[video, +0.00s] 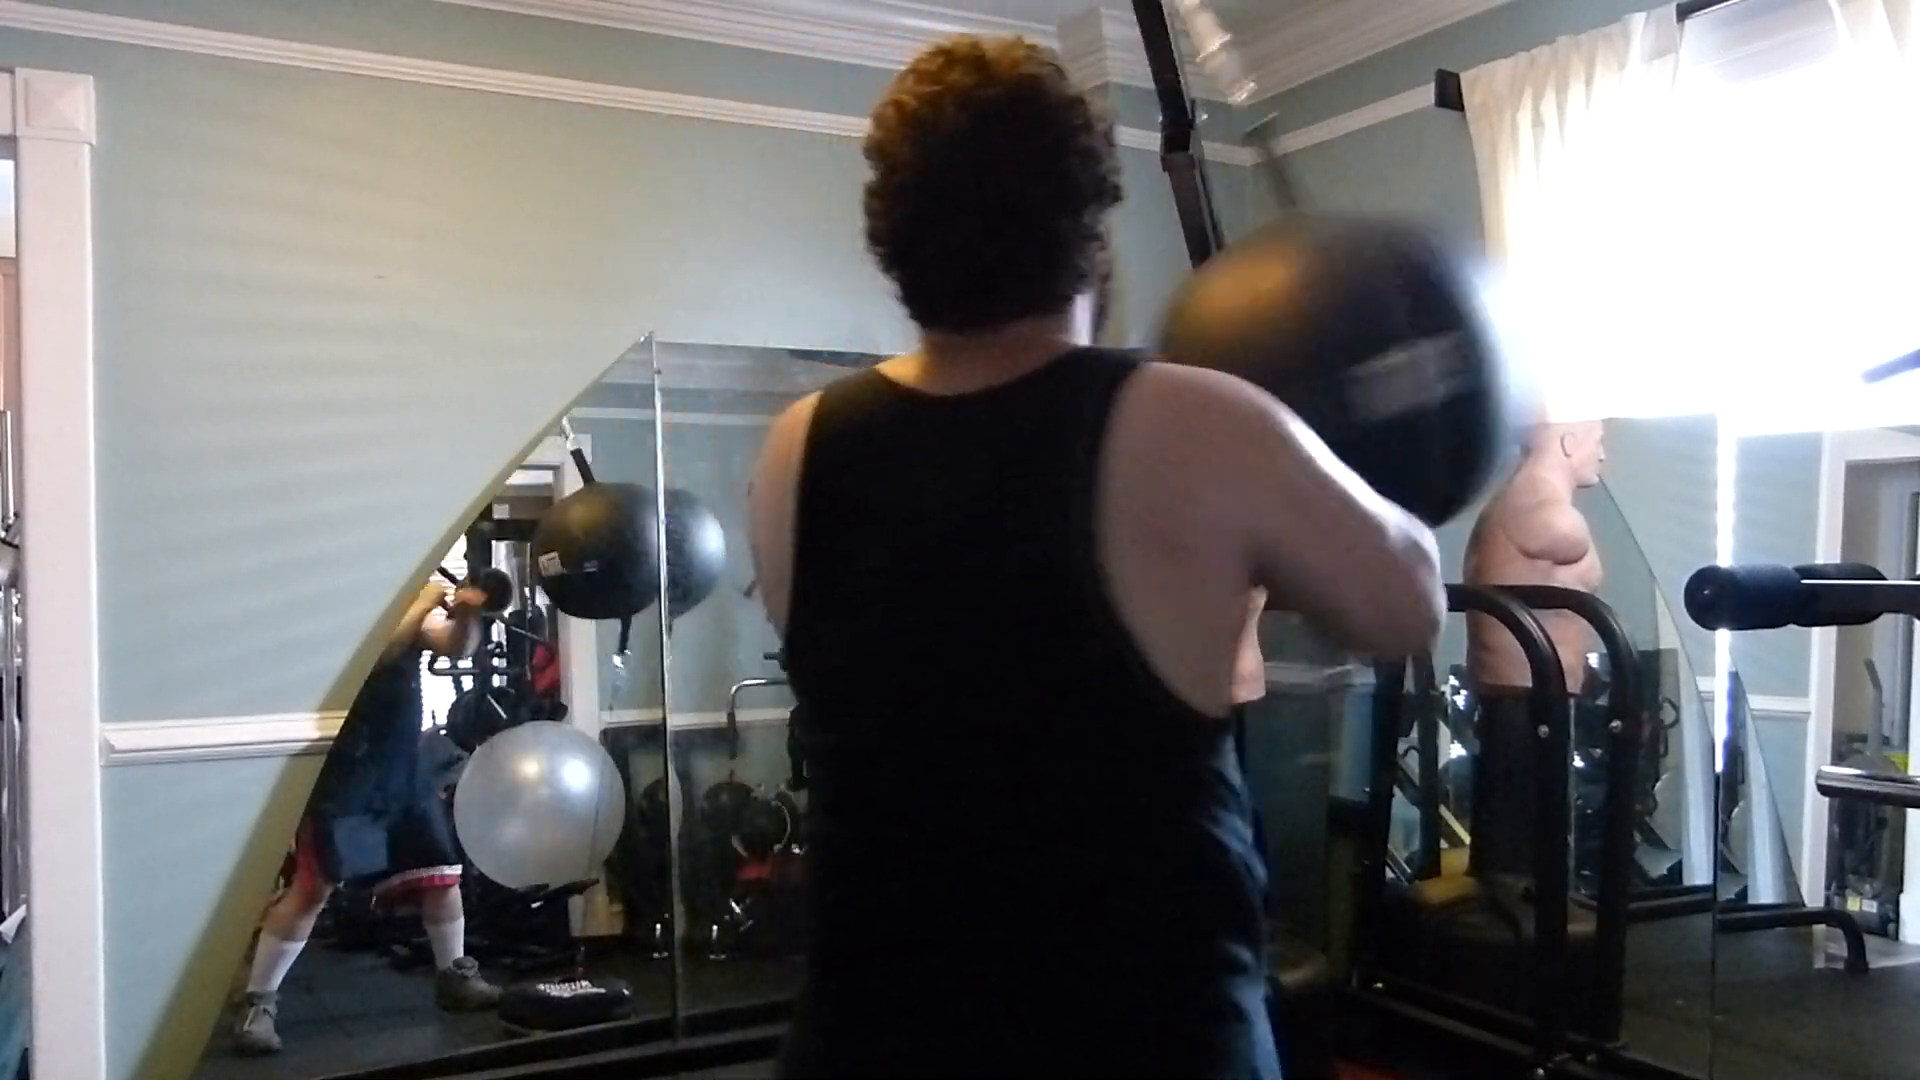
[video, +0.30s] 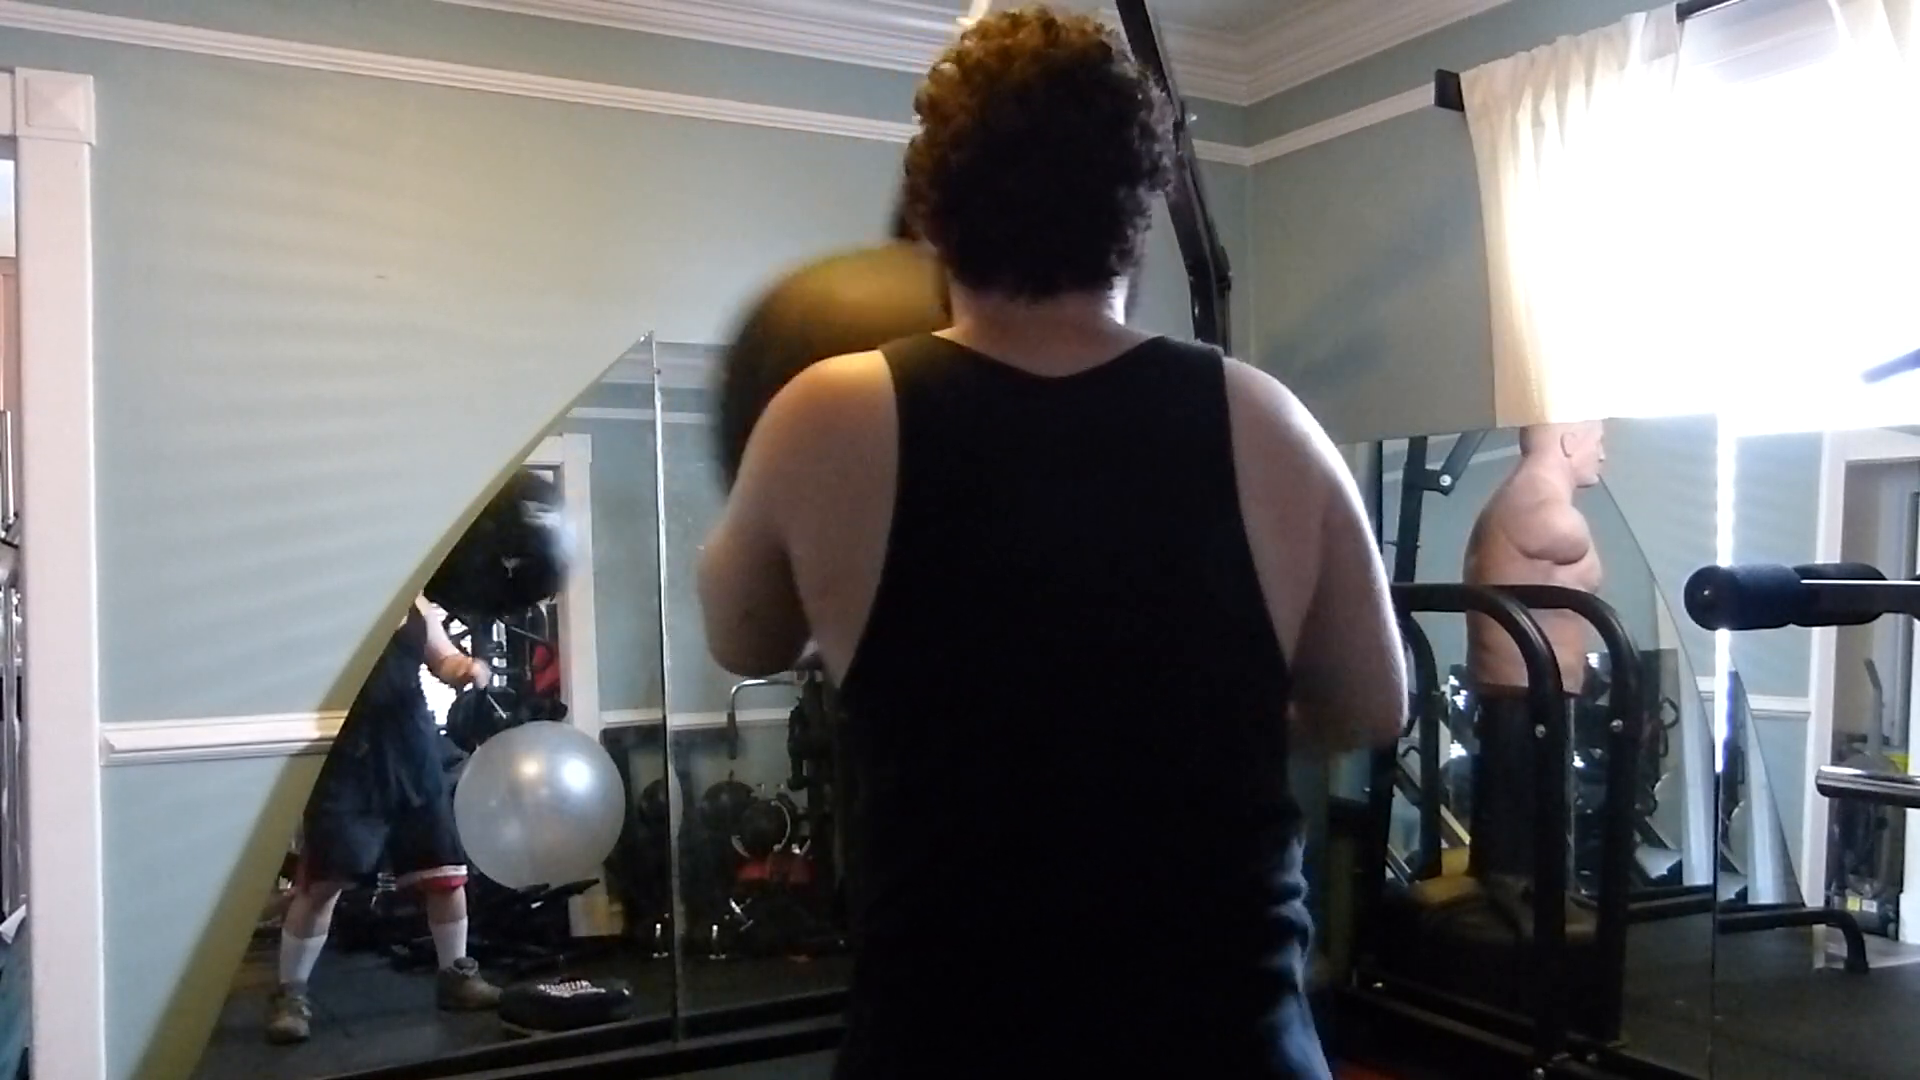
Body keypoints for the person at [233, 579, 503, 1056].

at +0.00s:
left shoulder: (410, 592)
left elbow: (455, 647)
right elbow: (376, 648)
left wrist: (466, 611)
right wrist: (423, 600)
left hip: (401, 766)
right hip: (335, 770)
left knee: (441, 871)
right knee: (313, 886)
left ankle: (455, 976)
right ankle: (258, 1003)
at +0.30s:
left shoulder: (413, 602)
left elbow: (444, 659)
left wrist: (470, 666)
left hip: (414, 753)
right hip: (343, 757)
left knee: (445, 872)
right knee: (323, 879)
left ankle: (456, 977)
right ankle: (292, 995)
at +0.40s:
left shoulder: (406, 629)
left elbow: (435, 693)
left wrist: (434, 689)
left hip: (401, 762)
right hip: (326, 769)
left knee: (446, 872)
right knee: (316, 884)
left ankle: (455, 976)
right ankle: (288, 995)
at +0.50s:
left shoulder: (388, 607)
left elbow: (418, 674)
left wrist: (391, 690)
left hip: (392, 768)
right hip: (320, 779)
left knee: (444, 874)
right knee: (315, 891)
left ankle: (454, 976)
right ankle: (288, 995)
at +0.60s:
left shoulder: (380, 617)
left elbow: (417, 679)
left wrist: (401, 651)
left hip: (391, 773)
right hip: (328, 779)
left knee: (450, 867)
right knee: (314, 893)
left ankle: (456, 973)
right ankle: (287, 997)